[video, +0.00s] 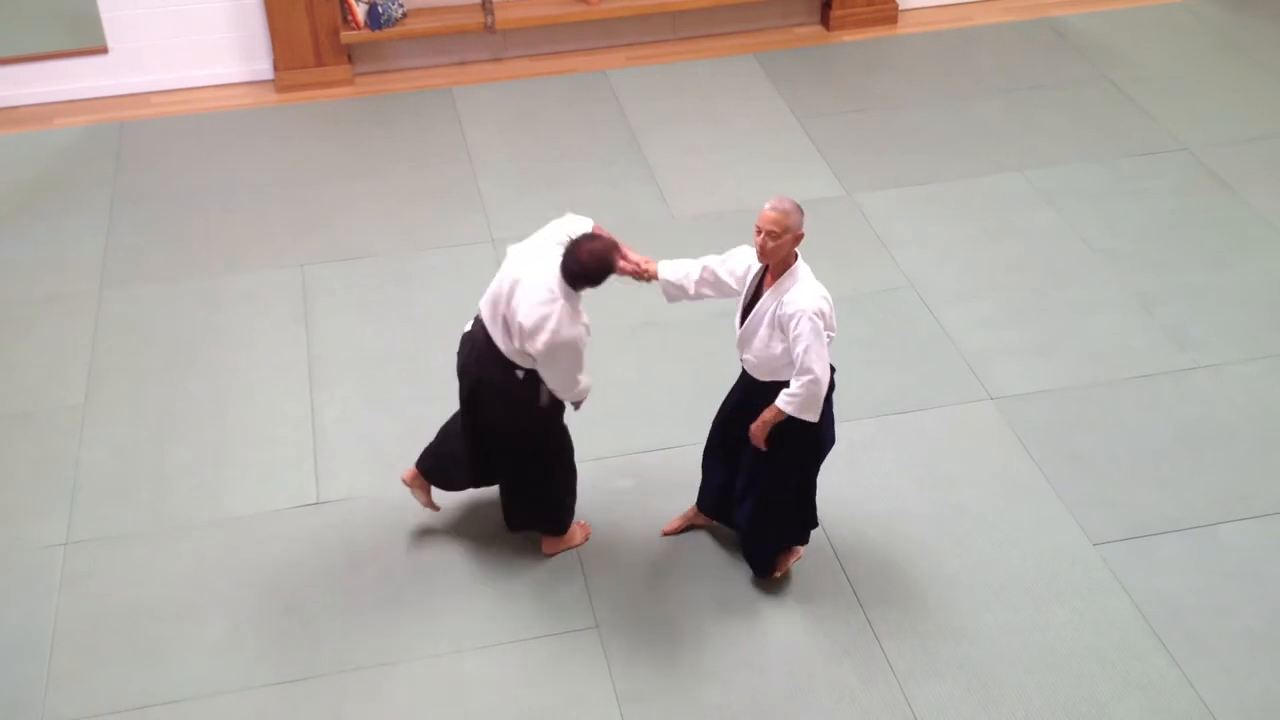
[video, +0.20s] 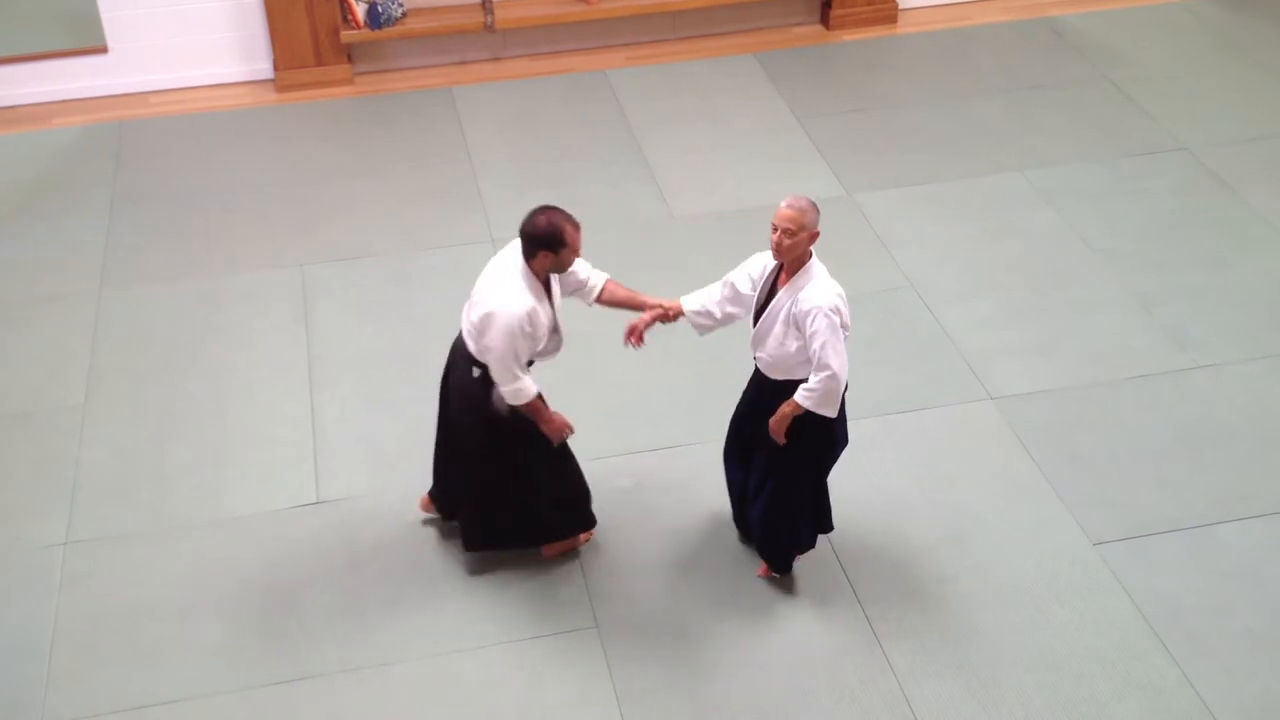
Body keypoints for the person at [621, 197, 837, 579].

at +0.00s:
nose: (760, 242)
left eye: (771, 236)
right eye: (758, 232)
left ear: (797, 240)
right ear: (754, 229)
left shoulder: (804, 303)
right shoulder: (752, 263)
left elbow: (812, 378)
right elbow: (704, 272)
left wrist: (769, 417)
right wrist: (652, 269)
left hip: (794, 401)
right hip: (754, 382)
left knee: (779, 478)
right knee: (723, 442)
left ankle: (788, 544)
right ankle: (709, 509)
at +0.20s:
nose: (777, 239)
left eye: (788, 233)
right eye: (774, 229)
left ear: (813, 237)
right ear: (770, 226)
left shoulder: (820, 299)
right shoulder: (764, 266)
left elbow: (831, 373)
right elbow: (720, 298)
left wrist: (789, 410)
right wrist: (658, 314)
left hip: (806, 402)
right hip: (765, 384)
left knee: (784, 479)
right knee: (741, 453)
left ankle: (781, 560)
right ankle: (757, 526)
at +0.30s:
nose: (785, 236)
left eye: (797, 230)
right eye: (783, 226)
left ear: (821, 235)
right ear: (778, 224)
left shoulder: (829, 295)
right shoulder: (773, 264)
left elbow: (839, 370)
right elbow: (731, 303)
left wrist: (792, 404)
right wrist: (673, 324)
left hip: (807, 402)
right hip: (769, 384)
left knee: (786, 479)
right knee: (761, 460)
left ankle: (780, 559)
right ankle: (788, 530)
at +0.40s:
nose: (794, 231)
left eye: (805, 225)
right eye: (792, 221)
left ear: (829, 230)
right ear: (787, 219)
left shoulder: (837, 290)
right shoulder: (780, 261)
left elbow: (845, 363)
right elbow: (739, 303)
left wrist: (794, 393)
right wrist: (685, 326)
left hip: (812, 399)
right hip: (775, 379)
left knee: (783, 479)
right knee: (776, 445)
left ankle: (781, 557)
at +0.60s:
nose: (814, 215)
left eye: (824, 209)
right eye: (810, 205)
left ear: (847, 213)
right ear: (806, 204)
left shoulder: (858, 271)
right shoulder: (798, 246)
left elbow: (863, 344)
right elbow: (764, 289)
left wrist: (805, 360)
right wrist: (720, 323)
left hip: (834, 380)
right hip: (796, 367)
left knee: (789, 466)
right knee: (809, 434)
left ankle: (786, 551)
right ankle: (841, 482)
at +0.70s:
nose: (824, 209)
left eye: (835, 203)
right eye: (821, 199)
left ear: (858, 206)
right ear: (817, 198)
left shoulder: (871, 262)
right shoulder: (808, 239)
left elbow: (875, 334)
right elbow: (779, 283)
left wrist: (818, 340)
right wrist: (743, 321)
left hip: (852, 368)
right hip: (809, 357)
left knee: (825, 449)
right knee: (800, 441)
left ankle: (803, 544)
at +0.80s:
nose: (838, 204)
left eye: (849, 198)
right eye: (834, 195)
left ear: (870, 201)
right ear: (828, 194)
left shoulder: (886, 256)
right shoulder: (819, 233)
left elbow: (886, 326)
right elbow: (791, 278)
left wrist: (830, 326)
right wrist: (768, 317)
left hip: (870, 356)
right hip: (826, 347)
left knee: (855, 435)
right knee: (804, 424)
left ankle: (846, 528)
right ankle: (826, 509)